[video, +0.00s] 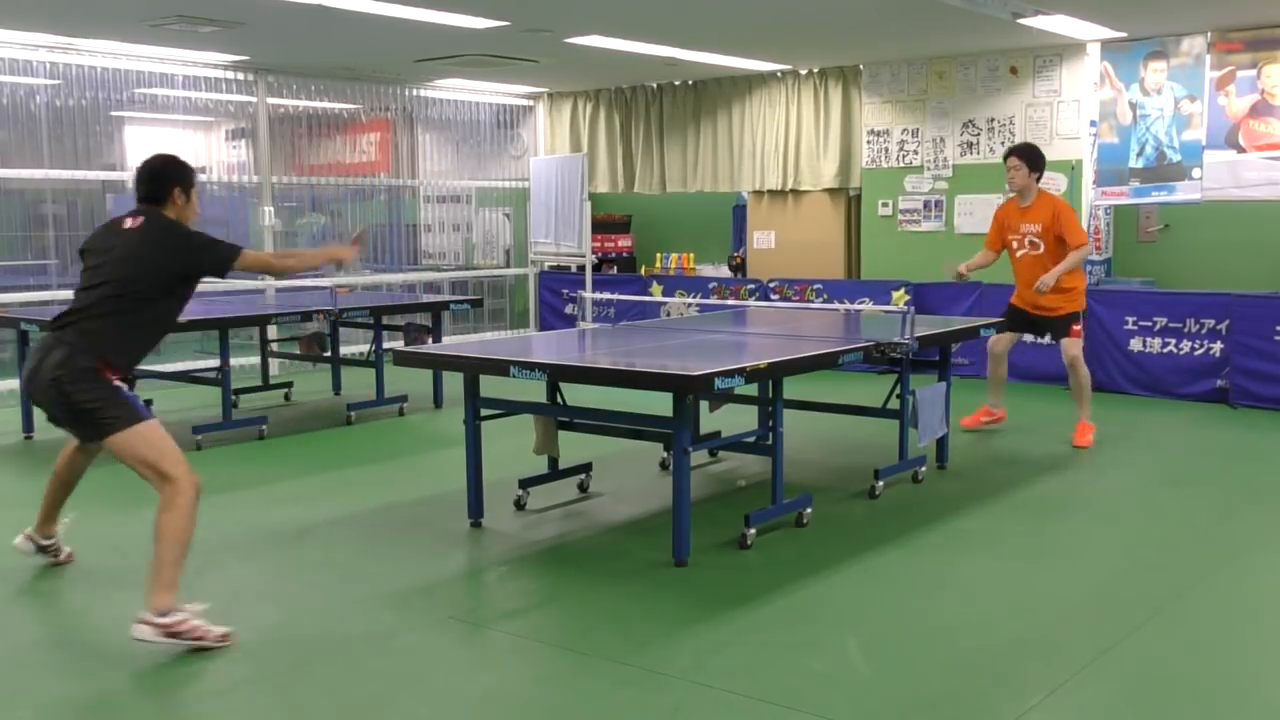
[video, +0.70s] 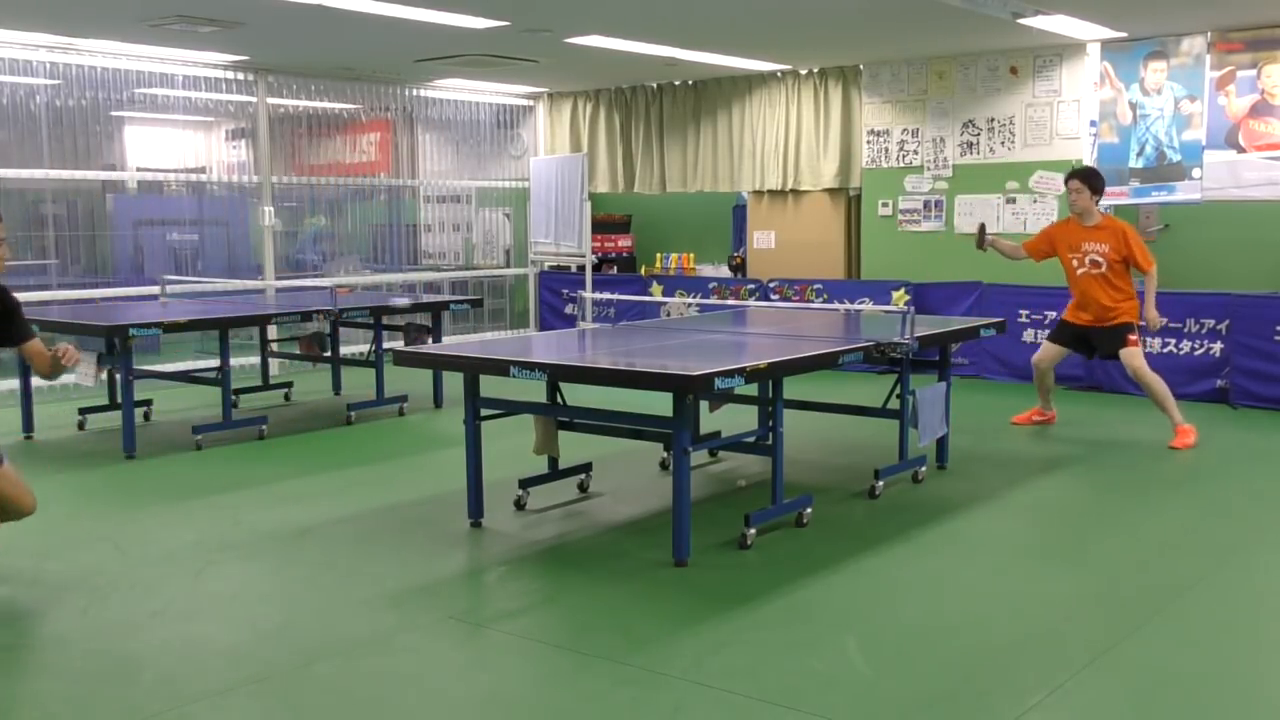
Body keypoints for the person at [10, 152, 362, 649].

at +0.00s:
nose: (198, 203)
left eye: (196, 193)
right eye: (195, 194)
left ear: (148, 197)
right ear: (177, 196)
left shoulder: (109, 232)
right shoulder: (182, 242)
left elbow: (87, 267)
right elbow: (272, 263)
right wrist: (332, 254)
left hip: (44, 367)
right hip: (84, 376)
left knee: (91, 438)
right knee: (180, 480)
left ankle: (41, 532)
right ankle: (163, 609)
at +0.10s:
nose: (160, 209)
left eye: (157, 199)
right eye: (155, 199)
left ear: (108, 205)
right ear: (135, 204)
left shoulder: (69, 250)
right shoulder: (144, 257)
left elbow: (11, 316)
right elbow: (227, 274)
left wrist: (37, 351)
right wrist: (308, 253)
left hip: (26, 382)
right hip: (72, 388)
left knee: (65, 447)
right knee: (142, 514)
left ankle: (19, 547)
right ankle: (102, 627)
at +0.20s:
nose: (129, 197)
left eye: (127, 187)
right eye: (124, 188)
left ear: (80, 194)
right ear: (101, 193)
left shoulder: (42, 237)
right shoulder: (86, 244)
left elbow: (4, 286)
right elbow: (128, 305)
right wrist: (214, 311)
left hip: (17, 374)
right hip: (39, 379)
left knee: (64, 460)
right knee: (94, 487)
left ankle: (20, 550)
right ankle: (100, 616)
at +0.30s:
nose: (106, 171)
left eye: (103, 162)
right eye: (100, 162)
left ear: (64, 166)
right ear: (75, 167)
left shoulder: (30, 209)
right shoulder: (50, 213)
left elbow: (31, 290)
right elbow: (54, 290)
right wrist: (138, 331)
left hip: (11, 361)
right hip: (9, 363)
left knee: (37, 463)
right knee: (56, 475)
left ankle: (12, 550)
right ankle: (21, 613)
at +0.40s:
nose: (78, 166)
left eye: (76, 155)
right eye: (71, 155)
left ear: (41, 163)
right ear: (44, 163)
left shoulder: (18, 209)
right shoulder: (17, 214)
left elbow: (11, 299)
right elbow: (8, 299)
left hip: (10, 368)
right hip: (1, 373)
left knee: (32, 440)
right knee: (25, 487)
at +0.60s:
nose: (27, 228)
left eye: (25, 217)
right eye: (20, 217)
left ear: (8, 221)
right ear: (0, 221)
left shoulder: (5, 274)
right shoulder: (3, 274)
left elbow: (26, 347)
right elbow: (26, 348)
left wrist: (66, 355)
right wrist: (68, 355)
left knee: (14, 490)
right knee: (15, 488)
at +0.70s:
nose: (5, 254)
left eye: (5, 242)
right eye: (1, 243)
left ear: (6, 247)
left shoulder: (4, 300)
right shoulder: (3, 300)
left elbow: (44, 367)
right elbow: (44, 367)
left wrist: (59, 359)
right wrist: (60, 360)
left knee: (21, 502)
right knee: (22, 503)